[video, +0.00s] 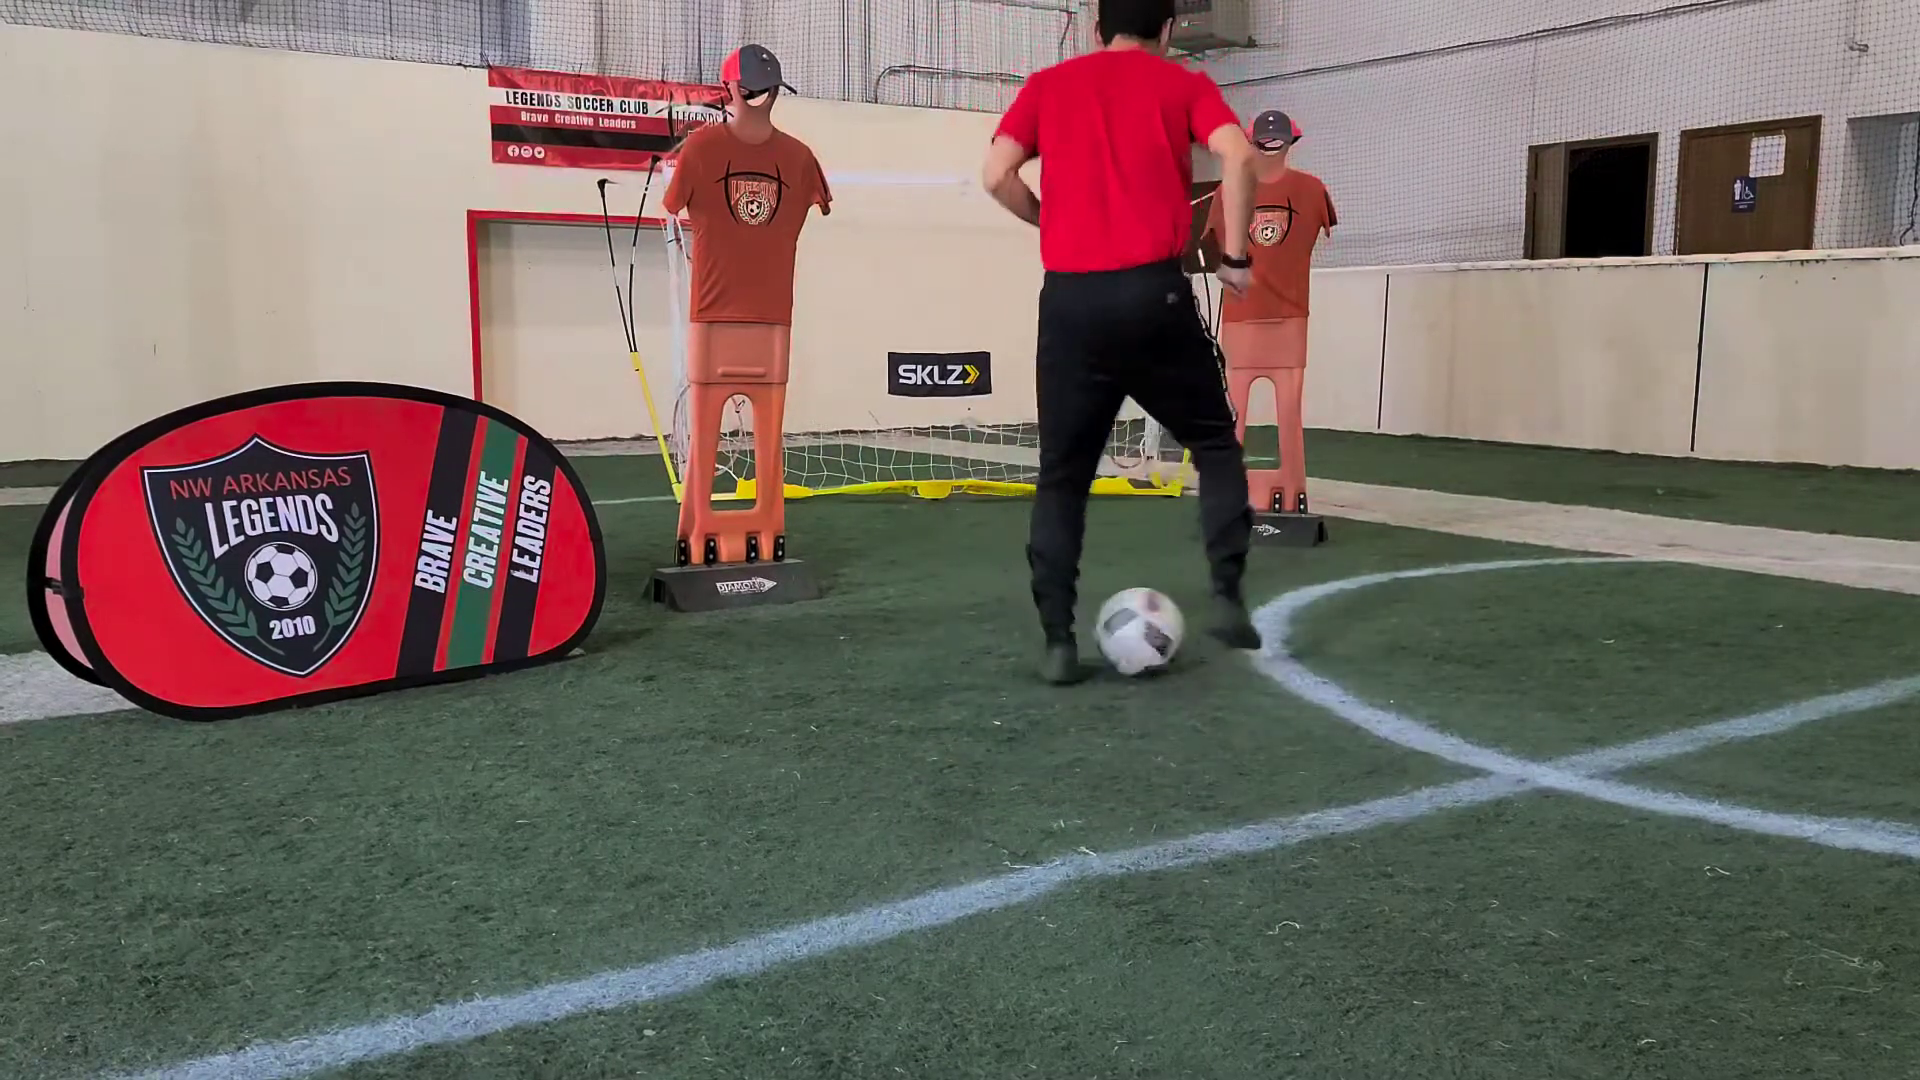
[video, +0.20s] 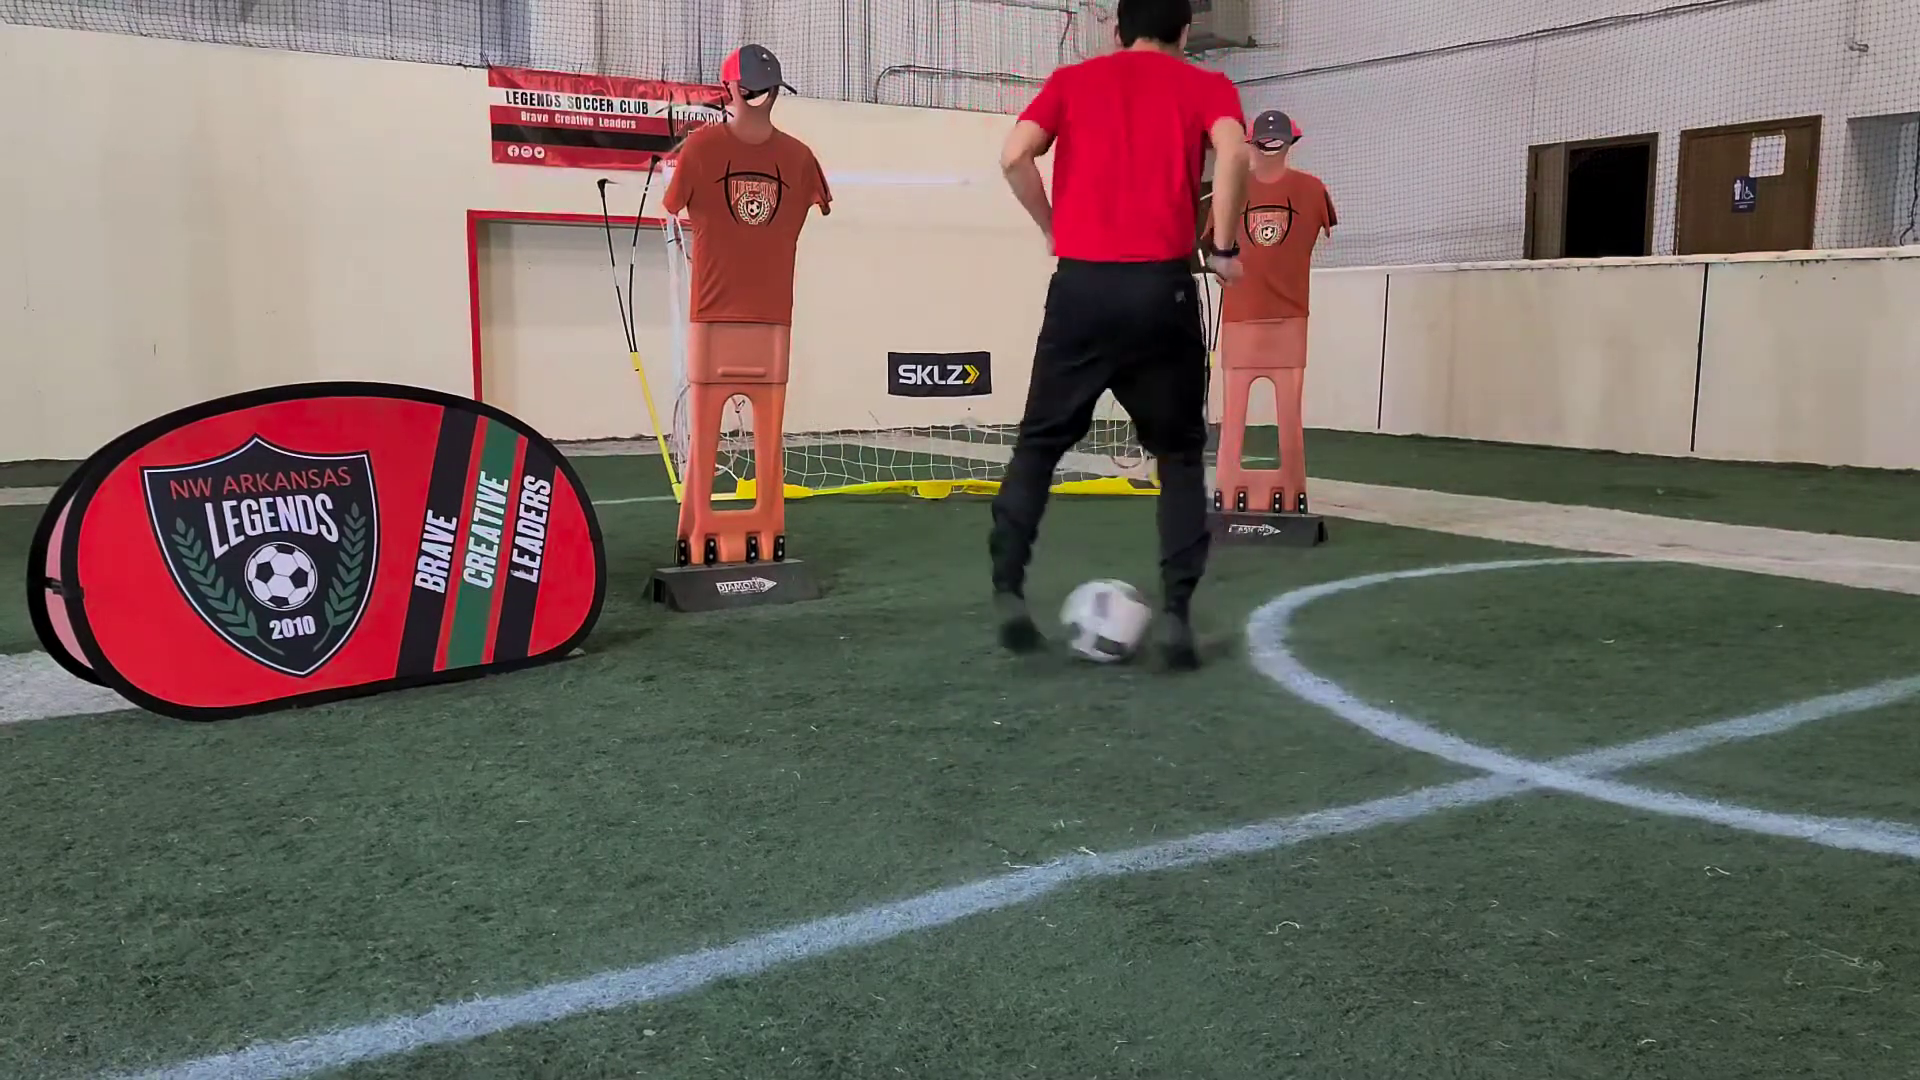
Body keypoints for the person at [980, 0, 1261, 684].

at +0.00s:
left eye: (1094, 18)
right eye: (1164, 23)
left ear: (1098, 23)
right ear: (1163, 26)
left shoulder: (1050, 82)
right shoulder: (1182, 81)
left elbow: (995, 175)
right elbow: (1238, 155)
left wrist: (1050, 221)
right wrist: (1233, 253)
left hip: (1069, 300)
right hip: (1154, 296)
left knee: (1062, 470)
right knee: (1214, 443)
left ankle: (1059, 640)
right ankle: (1227, 595)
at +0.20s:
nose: (1184, 33)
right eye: (1187, 24)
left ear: (1120, 25)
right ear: (1183, 29)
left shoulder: (1074, 77)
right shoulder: (1207, 85)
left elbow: (1014, 156)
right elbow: (1233, 153)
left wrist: (1050, 227)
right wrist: (1223, 246)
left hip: (1078, 286)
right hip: (1161, 290)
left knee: (1039, 442)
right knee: (1179, 453)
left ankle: (1008, 583)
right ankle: (1177, 613)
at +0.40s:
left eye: (1110, 42)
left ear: (1114, 44)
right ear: (1176, 48)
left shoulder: (1081, 89)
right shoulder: (1207, 101)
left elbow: (1021, 134)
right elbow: (1245, 197)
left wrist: (1035, 217)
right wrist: (1210, 224)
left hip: (1091, 293)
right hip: (1173, 297)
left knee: (1058, 439)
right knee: (1182, 460)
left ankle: (1034, 582)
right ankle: (1175, 615)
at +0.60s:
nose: (1180, 80)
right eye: (1181, 72)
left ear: (1116, 69)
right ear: (1175, 70)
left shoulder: (1066, 124)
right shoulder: (1186, 120)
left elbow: (1028, 220)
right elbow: (1227, 176)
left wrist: (1084, 242)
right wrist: (1231, 271)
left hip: (1084, 318)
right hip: (1162, 313)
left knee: (1083, 465)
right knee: (1228, 432)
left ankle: (1077, 614)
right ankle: (1261, 569)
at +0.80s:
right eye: (1200, 65)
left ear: (1140, 64)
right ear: (1198, 66)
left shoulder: (1101, 109)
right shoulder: (1223, 118)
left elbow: (1044, 176)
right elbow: (1246, 185)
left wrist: (1070, 229)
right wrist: (1232, 253)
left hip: (1108, 303)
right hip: (1184, 307)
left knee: (1065, 430)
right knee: (1191, 454)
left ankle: (1032, 560)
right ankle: (1185, 604)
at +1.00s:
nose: (1195, 72)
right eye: (1198, 64)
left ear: (1135, 65)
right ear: (1193, 65)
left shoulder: (1102, 108)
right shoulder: (1218, 113)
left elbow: (1050, 160)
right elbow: (1255, 193)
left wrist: (1072, 230)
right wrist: (1231, 235)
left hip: (1118, 296)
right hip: (1190, 296)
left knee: (1090, 427)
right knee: (1211, 435)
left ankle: (1073, 558)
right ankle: (1204, 572)